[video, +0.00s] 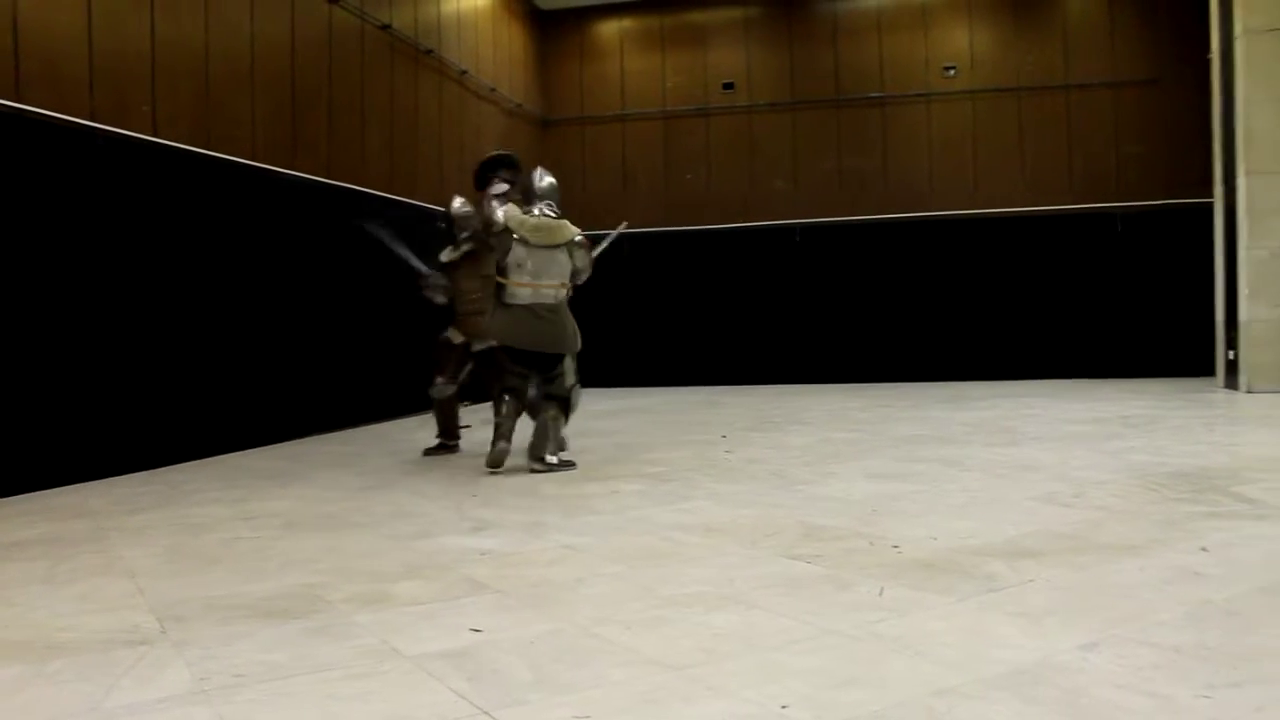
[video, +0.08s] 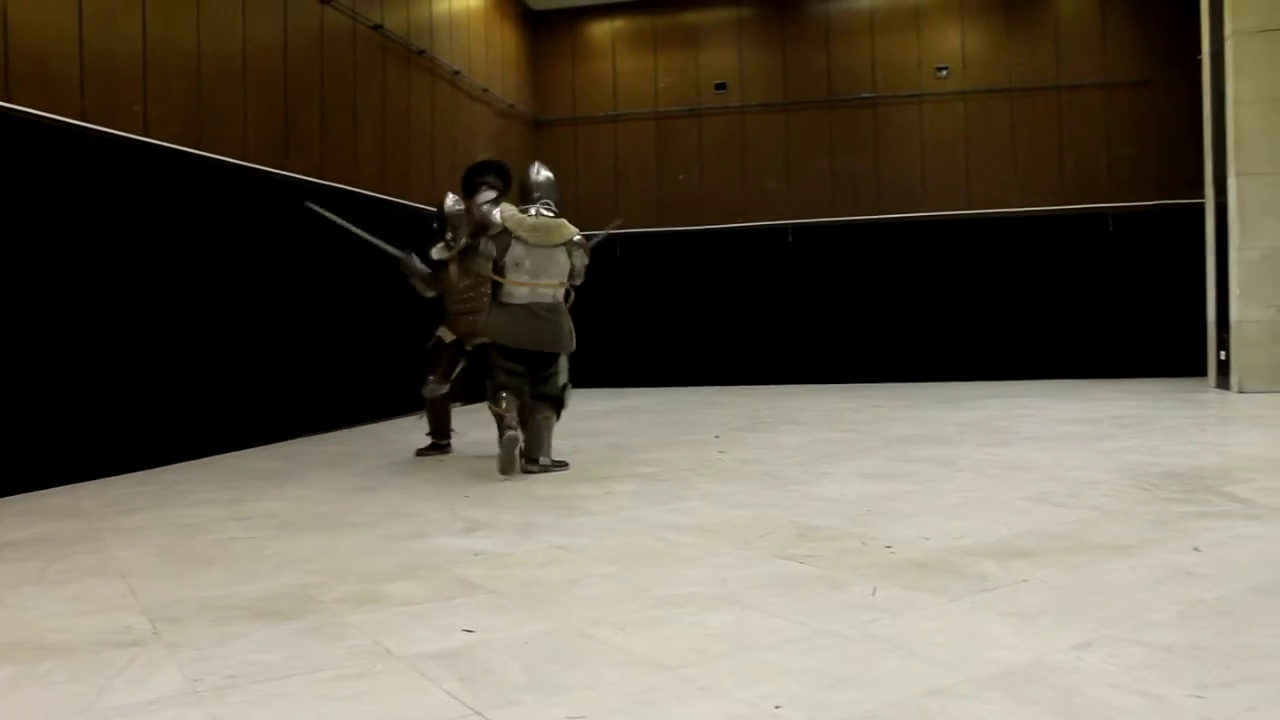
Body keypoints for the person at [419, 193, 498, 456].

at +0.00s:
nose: (463, 226)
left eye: (467, 220)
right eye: (458, 221)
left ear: (476, 220)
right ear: (453, 224)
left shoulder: (490, 248)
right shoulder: (449, 255)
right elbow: (446, 291)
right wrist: (434, 288)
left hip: (490, 327)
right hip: (459, 328)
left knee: (502, 381)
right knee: (444, 381)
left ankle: (501, 438)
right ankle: (448, 438)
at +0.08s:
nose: (454, 228)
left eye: (458, 222)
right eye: (449, 223)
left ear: (469, 220)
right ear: (443, 223)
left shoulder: (484, 247)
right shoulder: (440, 254)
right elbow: (431, 289)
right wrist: (416, 271)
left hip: (484, 324)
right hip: (452, 326)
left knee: (495, 378)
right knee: (436, 380)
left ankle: (508, 434)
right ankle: (440, 439)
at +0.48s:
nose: (447, 208)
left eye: (450, 202)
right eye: (443, 202)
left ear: (453, 201)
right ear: (429, 199)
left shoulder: (454, 229)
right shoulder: (407, 224)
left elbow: (462, 269)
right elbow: (404, 257)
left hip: (441, 315)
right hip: (401, 314)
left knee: (454, 378)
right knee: (390, 376)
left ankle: (464, 445)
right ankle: (365, 430)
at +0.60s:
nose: (436, 218)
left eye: (437, 211)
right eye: (431, 210)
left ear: (433, 209)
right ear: (415, 206)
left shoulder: (431, 239)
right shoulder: (394, 234)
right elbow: (415, 276)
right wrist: (450, 297)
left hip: (420, 322)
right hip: (382, 324)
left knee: (443, 378)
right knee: (363, 388)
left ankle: (442, 447)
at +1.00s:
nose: (341, 208)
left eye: (345, 201)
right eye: (336, 201)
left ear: (349, 202)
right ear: (323, 200)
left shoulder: (347, 239)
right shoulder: (306, 234)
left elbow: (346, 286)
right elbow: (289, 287)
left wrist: (375, 279)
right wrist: (328, 310)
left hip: (340, 327)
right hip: (305, 327)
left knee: (366, 384)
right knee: (308, 394)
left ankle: (359, 451)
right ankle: (288, 463)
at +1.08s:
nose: (323, 206)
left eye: (326, 200)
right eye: (317, 199)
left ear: (329, 201)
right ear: (302, 198)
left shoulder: (331, 236)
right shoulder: (283, 232)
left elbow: (359, 266)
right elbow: (264, 275)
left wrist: (362, 283)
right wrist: (300, 302)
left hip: (327, 328)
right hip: (291, 327)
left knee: (342, 387)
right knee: (291, 393)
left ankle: (318, 443)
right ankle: (277, 463)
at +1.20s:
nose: (301, 203)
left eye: (304, 197)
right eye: (295, 196)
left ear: (310, 199)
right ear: (282, 197)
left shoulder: (317, 237)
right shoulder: (262, 232)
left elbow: (342, 272)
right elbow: (240, 276)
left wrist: (347, 291)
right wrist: (270, 293)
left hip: (310, 325)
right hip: (273, 324)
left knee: (311, 391)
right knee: (277, 389)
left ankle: (284, 440)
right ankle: (268, 461)